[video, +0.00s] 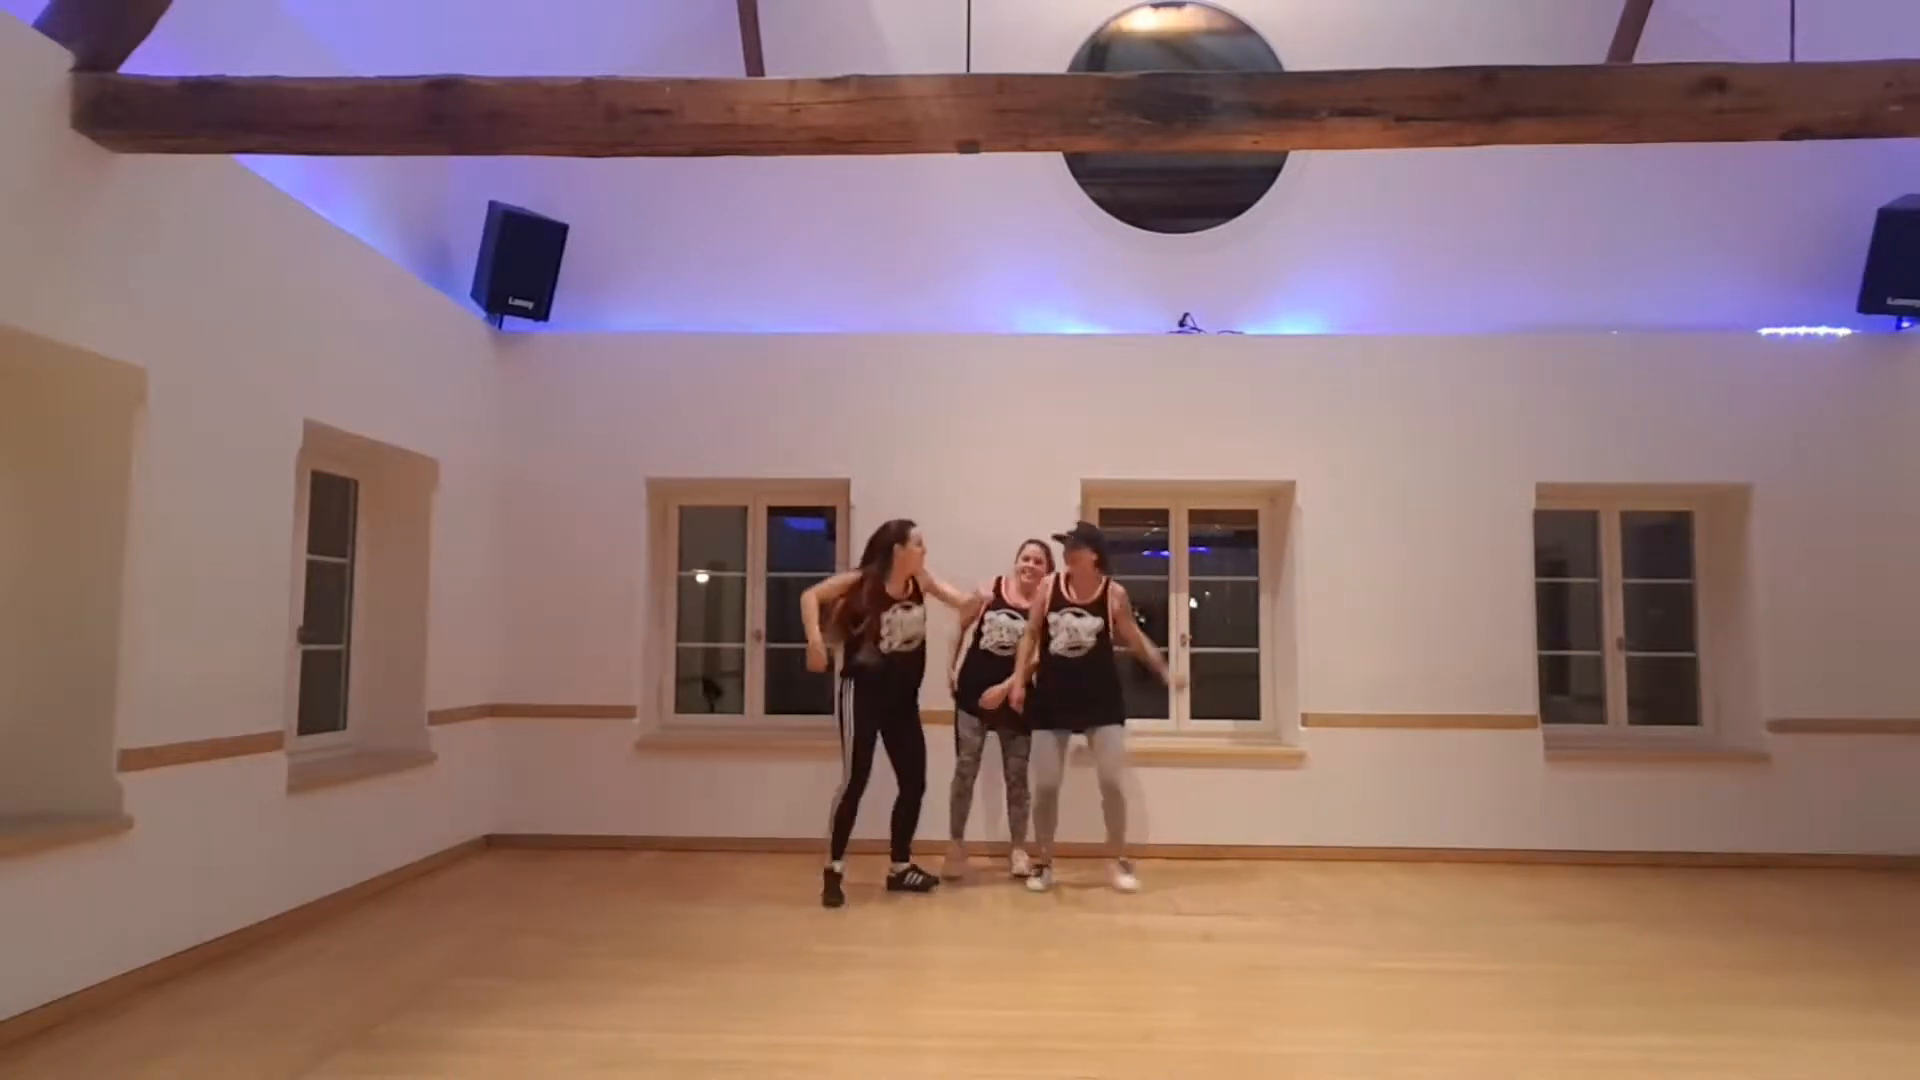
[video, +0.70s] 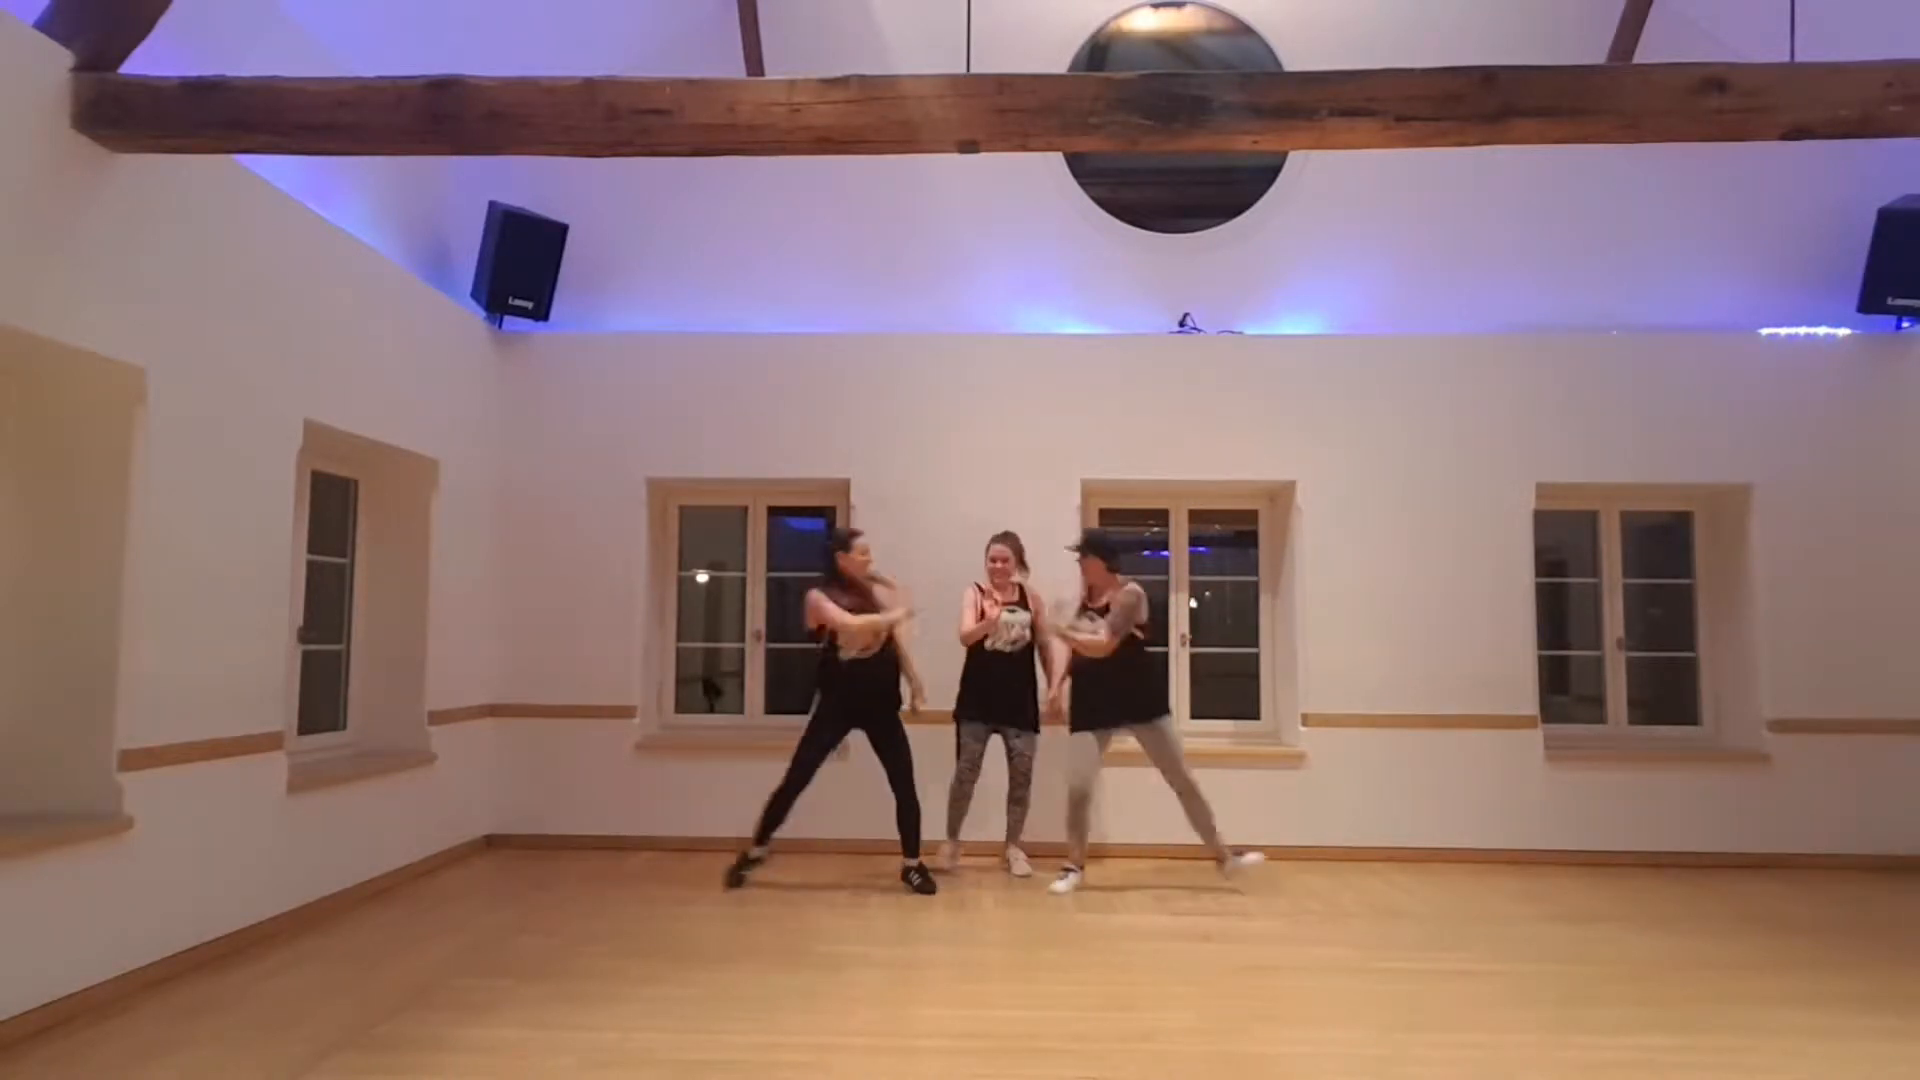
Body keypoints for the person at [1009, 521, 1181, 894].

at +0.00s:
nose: (1069, 556)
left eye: (1077, 551)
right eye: (1068, 550)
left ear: (1095, 555)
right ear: (1065, 554)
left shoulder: (1114, 594)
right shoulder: (1049, 587)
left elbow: (1133, 637)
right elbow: (1031, 635)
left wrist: (1163, 672)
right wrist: (1018, 679)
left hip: (1101, 697)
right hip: (1052, 698)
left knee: (1111, 780)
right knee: (1045, 783)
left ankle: (1118, 860)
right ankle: (1042, 863)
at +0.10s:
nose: (1071, 553)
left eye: (1079, 547)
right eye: (1068, 546)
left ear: (1095, 553)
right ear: (1063, 551)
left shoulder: (1110, 592)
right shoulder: (1044, 587)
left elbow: (1137, 619)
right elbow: (1016, 635)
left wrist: (1181, 629)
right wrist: (1001, 688)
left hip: (1097, 695)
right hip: (1048, 695)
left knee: (1094, 775)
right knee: (1042, 781)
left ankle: (1084, 858)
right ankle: (1041, 862)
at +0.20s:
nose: (1082, 572)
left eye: (1087, 565)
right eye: (1075, 565)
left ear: (1097, 567)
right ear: (1065, 567)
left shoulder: (1110, 600)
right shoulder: (1046, 605)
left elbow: (1142, 598)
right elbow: (1001, 639)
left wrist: (1174, 587)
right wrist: (991, 680)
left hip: (1089, 710)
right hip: (1045, 709)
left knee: (1068, 791)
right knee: (1045, 791)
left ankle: (1062, 859)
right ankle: (1045, 862)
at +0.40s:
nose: (1090, 581)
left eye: (1094, 574)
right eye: (1083, 575)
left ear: (1098, 576)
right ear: (1068, 578)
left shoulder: (1108, 594)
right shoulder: (1053, 614)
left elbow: (1143, 560)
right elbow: (1007, 641)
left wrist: (1178, 573)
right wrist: (1012, 688)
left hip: (1093, 717)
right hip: (1049, 718)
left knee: (1102, 786)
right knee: (1053, 791)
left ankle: (1074, 852)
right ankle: (1044, 864)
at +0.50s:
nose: (1080, 563)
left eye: (1086, 556)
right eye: (1074, 556)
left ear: (1096, 556)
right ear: (1064, 558)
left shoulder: (1117, 582)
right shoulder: (1049, 595)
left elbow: (1169, 588)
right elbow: (1025, 640)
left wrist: (1155, 612)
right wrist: (1035, 686)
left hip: (1112, 700)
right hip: (1064, 703)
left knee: (1139, 769)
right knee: (1055, 788)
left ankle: (1124, 848)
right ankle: (1044, 862)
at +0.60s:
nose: (1068, 556)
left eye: (1074, 549)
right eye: (1066, 549)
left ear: (1095, 550)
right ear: (1068, 552)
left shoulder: (1125, 586)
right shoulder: (1060, 587)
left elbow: (1137, 639)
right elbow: (1047, 640)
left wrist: (1111, 634)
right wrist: (1048, 688)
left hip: (1128, 692)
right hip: (1076, 696)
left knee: (1166, 766)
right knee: (1069, 779)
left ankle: (1180, 851)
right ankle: (1059, 861)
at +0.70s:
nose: (1081, 567)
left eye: (1086, 561)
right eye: (1081, 561)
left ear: (1105, 563)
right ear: (1089, 565)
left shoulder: (1130, 594)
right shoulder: (1087, 599)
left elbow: (1104, 645)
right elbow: (1072, 645)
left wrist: (1063, 634)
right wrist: (1056, 689)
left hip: (1141, 704)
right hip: (1095, 707)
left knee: (1182, 780)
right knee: (1078, 787)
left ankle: (1224, 857)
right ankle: (1074, 867)